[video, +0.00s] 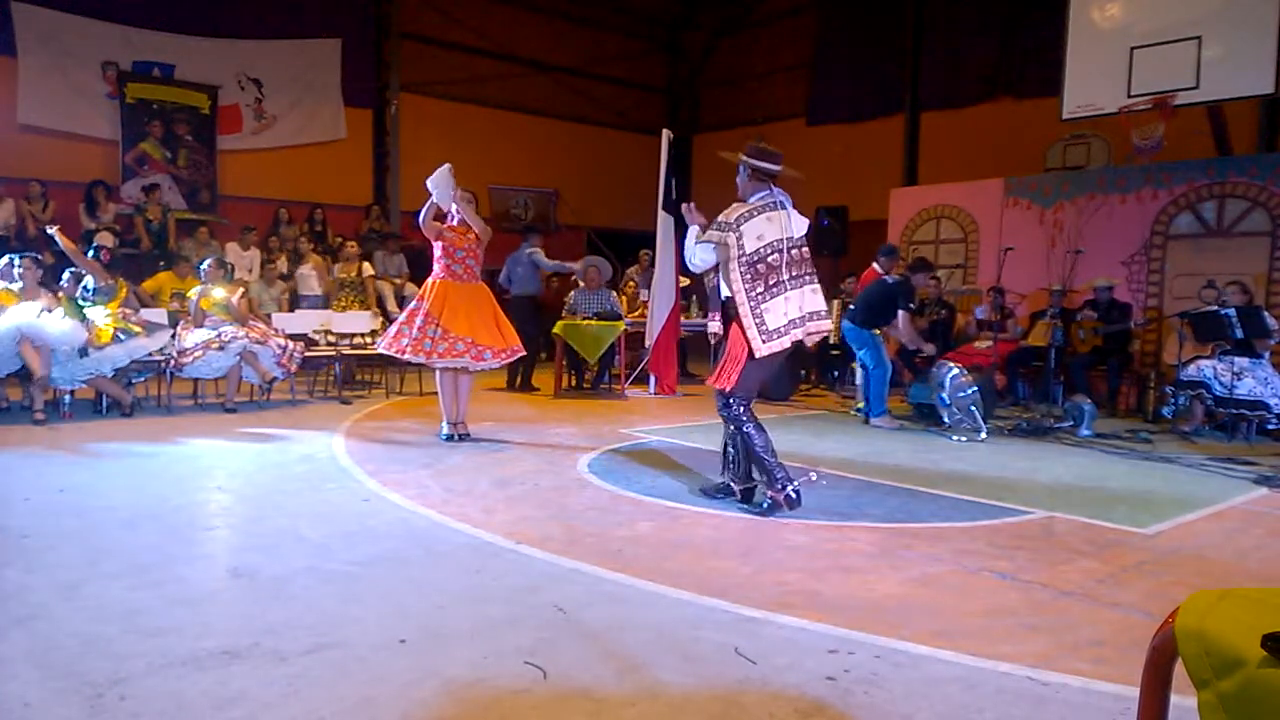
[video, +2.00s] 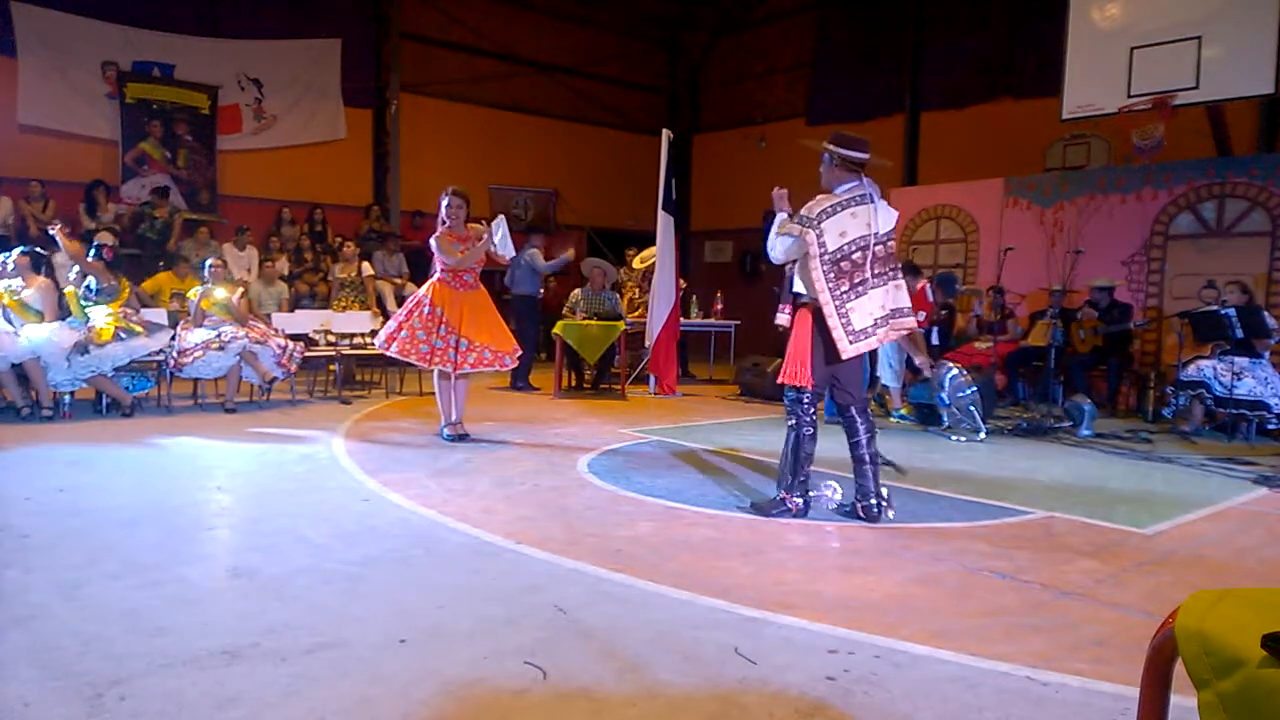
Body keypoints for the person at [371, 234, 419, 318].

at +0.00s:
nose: (396, 245)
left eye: (397, 242)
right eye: (393, 242)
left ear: (398, 243)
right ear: (387, 243)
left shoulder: (400, 256)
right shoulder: (379, 254)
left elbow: (406, 272)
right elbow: (379, 273)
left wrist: (402, 283)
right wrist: (393, 282)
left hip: (398, 278)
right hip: (383, 278)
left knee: (413, 291)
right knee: (387, 291)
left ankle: (408, 315)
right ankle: (394, 314)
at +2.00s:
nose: (395, 244)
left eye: (396, 241)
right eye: (392, 241)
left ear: (398, 243)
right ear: (386, 243)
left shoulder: (400, 255)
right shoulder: (378, 255)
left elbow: (405, 272)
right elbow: (379, 274)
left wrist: (403, 282)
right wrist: (393, 281)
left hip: (397, 278)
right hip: (384, 278)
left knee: (412, 289)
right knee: (386, 289)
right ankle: (393, 313)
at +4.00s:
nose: (397, 245)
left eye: (398, 243)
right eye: (394, 243)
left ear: (399, 244)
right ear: (388, 243)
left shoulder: (400, 256)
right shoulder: (379, 254)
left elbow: (405, 272)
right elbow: (380, 273)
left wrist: (404, 282)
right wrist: (394, 283)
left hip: (398, 278)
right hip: (383, 278)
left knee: (414, 291)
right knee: (387, 291)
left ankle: (418, 317)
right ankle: (387, 318)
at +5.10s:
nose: (397, 245)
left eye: (398, 242)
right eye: (394, 242)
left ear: (399, 244)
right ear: (387, 243)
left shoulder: (400, 256)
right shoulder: (379, 254)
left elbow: (405, 271)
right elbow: (380, 273)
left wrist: (404, 282)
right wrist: (394, 283)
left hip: (397, 278)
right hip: (383, 278)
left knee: (413, 290)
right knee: (387, 291)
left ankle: (418, 316)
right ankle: (387, 318)